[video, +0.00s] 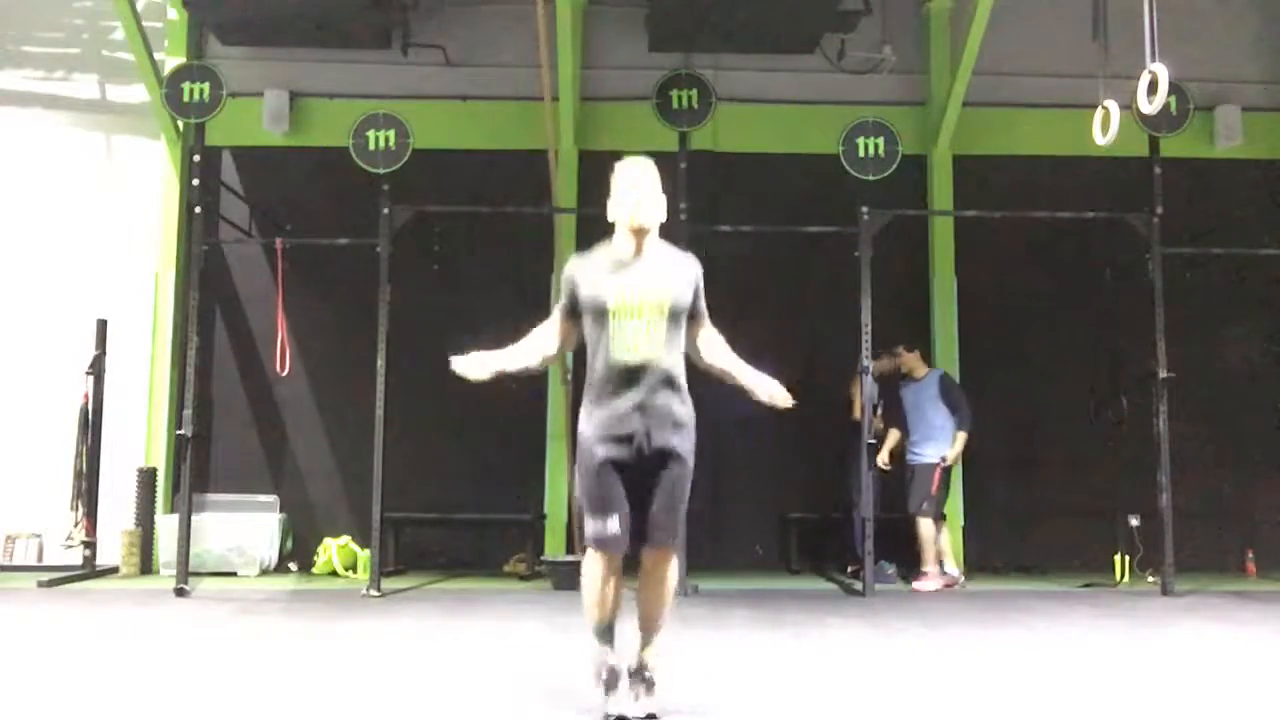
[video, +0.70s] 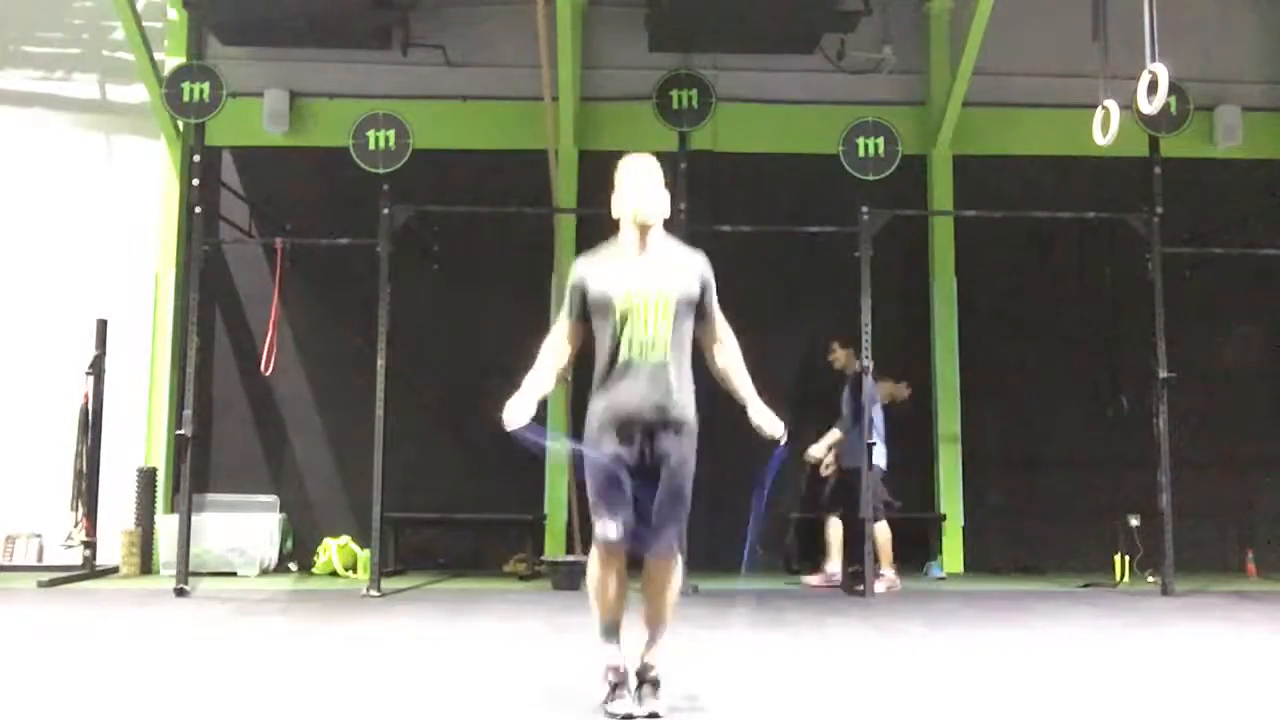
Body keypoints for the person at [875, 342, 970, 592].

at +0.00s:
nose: (898, 361)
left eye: (902, 355)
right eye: (896, 356)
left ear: (916, 353)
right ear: (900, 359)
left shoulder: (940, 380)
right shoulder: (902, 388)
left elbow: (964, 414)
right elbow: (898, 423)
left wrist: (956, 448)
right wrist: (886, 449)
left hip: (937, 456)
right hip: (914, 458)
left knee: (922, 512)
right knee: (932, 516)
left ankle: (931, 572)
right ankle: (951, 569)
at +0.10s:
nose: (891, 363)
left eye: (894, 357)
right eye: (888, 359)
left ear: (907, 356)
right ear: (890, 362)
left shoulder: (932, 381)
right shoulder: (894, 388)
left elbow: (961, 411)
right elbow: (891, 423)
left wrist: (957, 446)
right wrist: (877, 446)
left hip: (930, 458)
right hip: (909, 459)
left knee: (913, 515)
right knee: (930, 517)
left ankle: (900, 574)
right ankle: (951, 570)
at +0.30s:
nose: (873, 361)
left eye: (876, 355)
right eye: (871, 356)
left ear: (891, 353)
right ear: (871, 359)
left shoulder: (911, 382)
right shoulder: (877, 386)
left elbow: (932, 414)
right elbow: (873, 426)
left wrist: (935, 445)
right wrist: (862, 454)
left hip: (911, 458)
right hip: (889, 458)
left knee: (902, 516)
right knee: (905, 517)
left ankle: (889, 574)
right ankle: (944, 564)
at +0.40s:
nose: (867, 358)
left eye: (870, 352)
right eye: (865, 353)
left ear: (883, 351)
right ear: (864, 355)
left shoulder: (903, 383)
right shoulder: (869, 383)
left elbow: (913, 421)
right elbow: (865, 423)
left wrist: (911, 456)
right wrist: (857, 455)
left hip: (897, 458)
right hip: (876, 458)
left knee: (896, 517)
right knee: (889, 517)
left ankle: (889, 573)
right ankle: (930, 554)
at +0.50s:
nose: (859, 363)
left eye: (862, 357)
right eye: (856, 359)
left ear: (872, 353)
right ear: (857, 360)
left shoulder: (892, 385)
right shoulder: (866, 383)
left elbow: (893, 427)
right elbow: (863, 425)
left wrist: (882, 462)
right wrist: (850, 453)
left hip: (889, 451)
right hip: (870, 450)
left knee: (887, 513)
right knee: (867, 509)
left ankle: (888, 573)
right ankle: (907, 549)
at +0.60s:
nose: (841, 359)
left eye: (845, 352)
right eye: (841, 353)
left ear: (859, 351)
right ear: (854, 354)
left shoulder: (876, 380)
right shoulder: (861, 381)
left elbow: (868, 425)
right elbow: (857, 422)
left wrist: (850, 451)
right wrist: (846, 452)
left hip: (879, 454)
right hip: (860, 452)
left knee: (880, 513)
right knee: (842, 510)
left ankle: (888, 572)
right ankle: (871, 560)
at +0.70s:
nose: (831, 358)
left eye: (835, 351)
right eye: (831, 353)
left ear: (850, 351)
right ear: (843, 355)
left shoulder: (861, 382)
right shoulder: (852, 383)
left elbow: (850, 423)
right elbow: (850, 427)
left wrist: (822, 444)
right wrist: (835, 455)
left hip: (868, 458)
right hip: (850, 459)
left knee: (875, 515)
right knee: (832, 510)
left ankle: (888, 573)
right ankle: (833, 570)